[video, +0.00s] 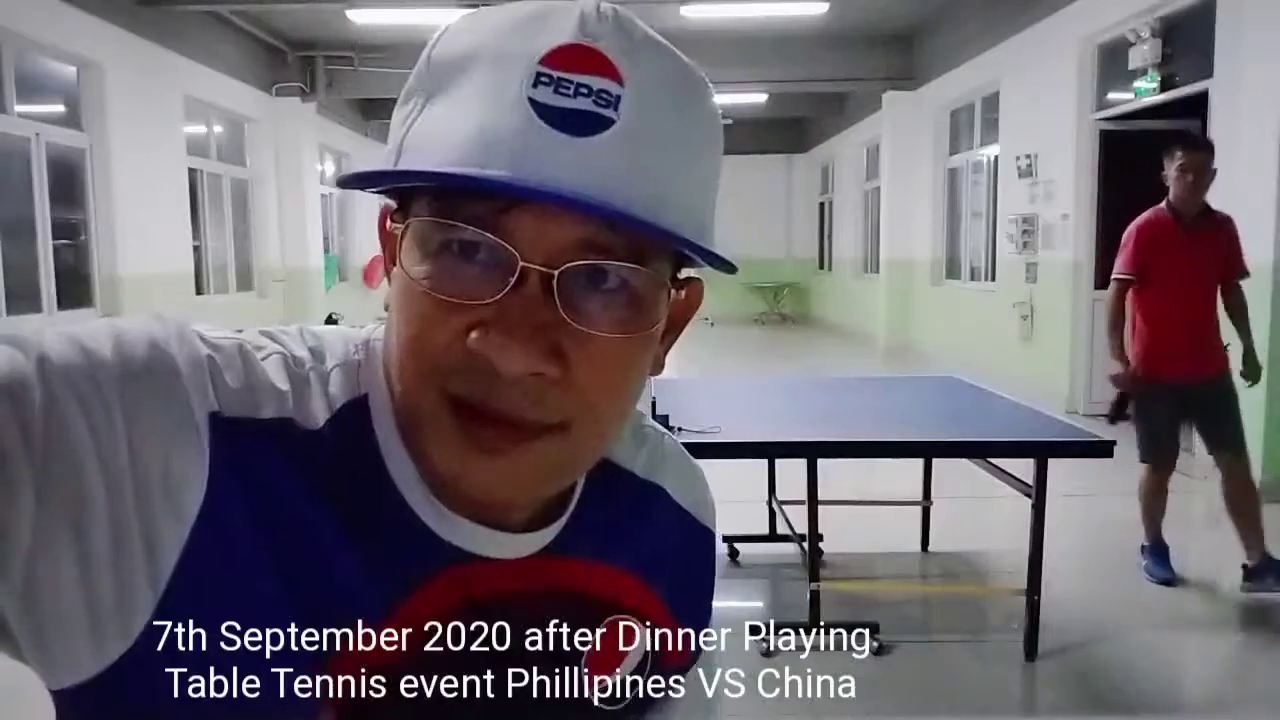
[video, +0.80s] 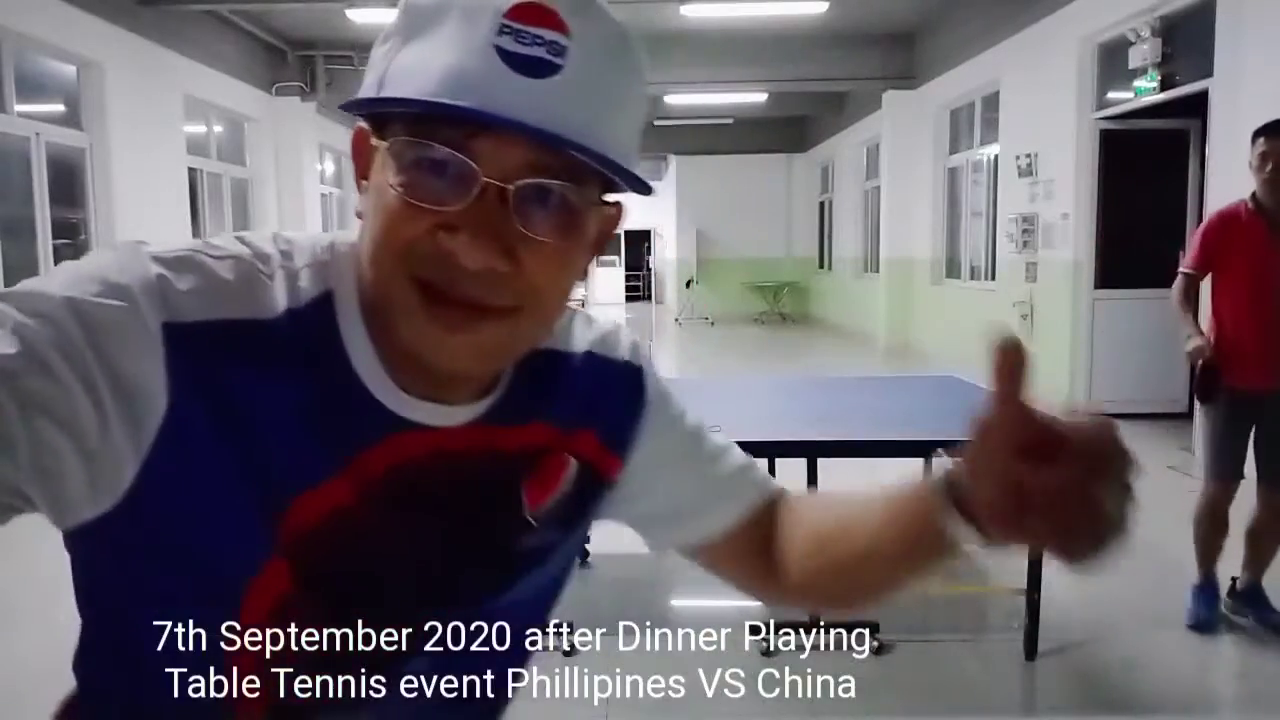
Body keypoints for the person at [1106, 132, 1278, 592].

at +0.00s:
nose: (1193, 179)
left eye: (1201, 172)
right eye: (1184, 171)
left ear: (1211, 176)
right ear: (1167, 174)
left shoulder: (1221, 227)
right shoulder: (1143, 229)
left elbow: (1231, 290)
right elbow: (1117, 294)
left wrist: (1248, 346)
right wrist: (1116, 356)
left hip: (1208, 369)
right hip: (1154, 372)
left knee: (1236, 464)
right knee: (1157, 466)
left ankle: (1257, 561)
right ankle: (1153, 547)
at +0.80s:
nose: (1269, 168)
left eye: (1276, 160)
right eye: (1263, 160)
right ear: (1250, 164)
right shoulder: (1224, 224)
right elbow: (1184, 286)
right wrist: (1193, 332)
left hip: (1276, 387)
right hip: (1228, 383)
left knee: (1275, 502)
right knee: (1219, 492)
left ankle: (1248, 589)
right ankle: (1206, 585)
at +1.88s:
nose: (1196, 173)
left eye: (1208, 163)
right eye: (1191, 162)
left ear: (1240, 166)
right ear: (1186, 165)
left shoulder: (1268, 232)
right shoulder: (1164, 228)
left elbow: (1278, 306)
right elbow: (1127, 286)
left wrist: (1266, 346)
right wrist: (1112, 337)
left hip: (1232, 398)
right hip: (1164, 395)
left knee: (1254, 522)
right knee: (1174, 509)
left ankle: (1243, 580)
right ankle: (1195, 612)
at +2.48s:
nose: (1132, 175)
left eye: (1142, 163)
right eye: (1129, 165)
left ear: (1182, 159)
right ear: (1134, 169)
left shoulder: (1232, 224)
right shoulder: (1133, 230)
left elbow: (1269, 297)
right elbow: (1114, 304)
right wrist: (1076, 352)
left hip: (1204, 395)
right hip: (1147, 392)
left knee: (1194, 510)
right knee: (1170, 509)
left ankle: (1201, 630)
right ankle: (1192, 614)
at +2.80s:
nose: (1111, 176)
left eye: (1120, 163)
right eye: (1108, 165)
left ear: (1155, 161)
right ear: (1120, 169)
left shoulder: (1206, 222)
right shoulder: (1123, 229)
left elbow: (1234, 305)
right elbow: (1112, 300)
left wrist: (1227, 381)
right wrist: (1072, 353)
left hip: (1194, 391)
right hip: (1142, 389)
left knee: (1160, 502)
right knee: (1161, 504)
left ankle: (1153, 628)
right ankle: (1196, 615)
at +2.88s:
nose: (1105, 176)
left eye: (1114, 164)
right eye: (1103, 165)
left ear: (1150, 161)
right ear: (1115, 168)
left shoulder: (1196, 222)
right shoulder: (1122, 226)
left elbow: (1214, 310)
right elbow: (1115, 300)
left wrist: (1183, 382)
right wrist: (1075, 354)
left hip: (1184, 395)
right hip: (1140, 394)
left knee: (1147, 506)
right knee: (1168, 508)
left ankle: (1150, 630)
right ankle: (1197, 614)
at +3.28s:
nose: (1082, 175)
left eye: (1090, 163)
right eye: (1081, 164)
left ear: (1126, 162)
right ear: (1110, 167)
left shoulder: (1162, 223)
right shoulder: (1121, 226)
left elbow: (1173, 315)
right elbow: (1128, 309)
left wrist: (1102, 369)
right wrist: (1088, 347)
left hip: (1166, 396)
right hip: (1147, 394)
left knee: (1137, 510)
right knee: (1165, 506)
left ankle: (1150, 629)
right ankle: (1197, 614)